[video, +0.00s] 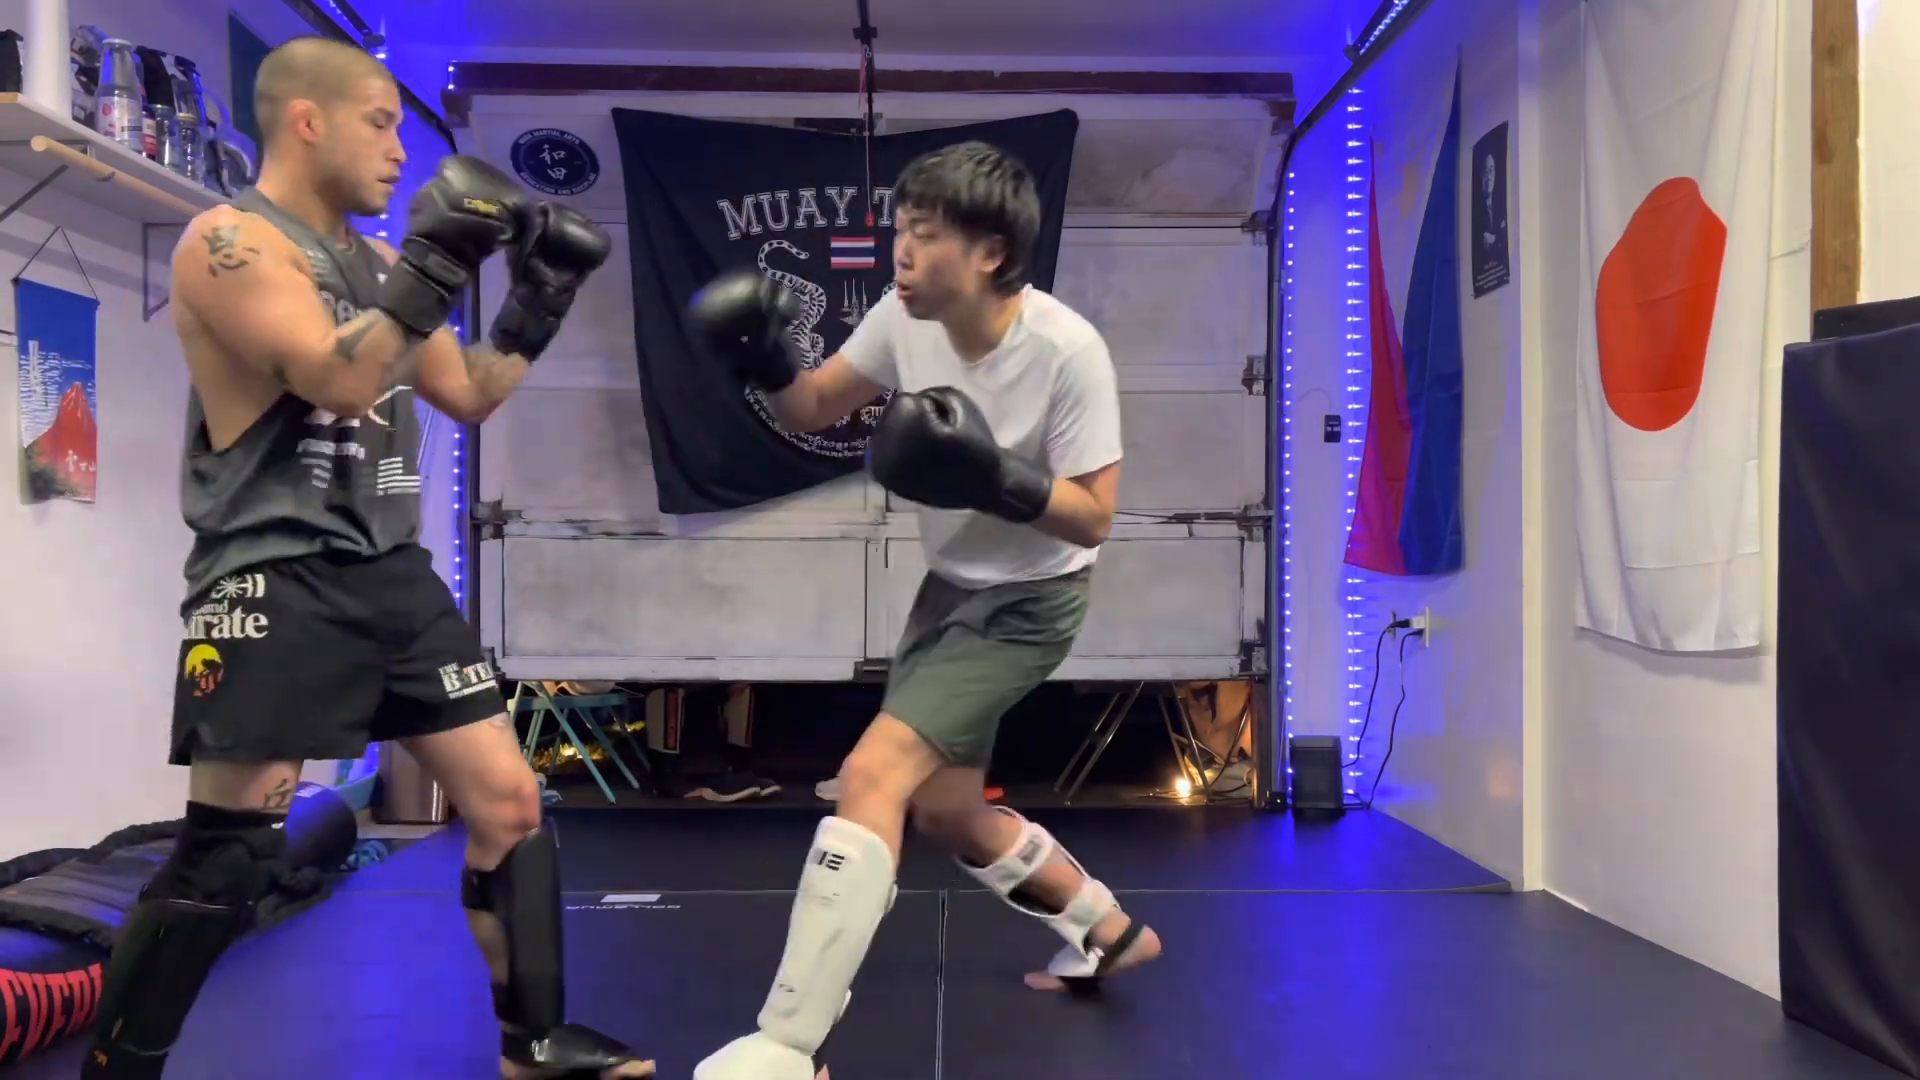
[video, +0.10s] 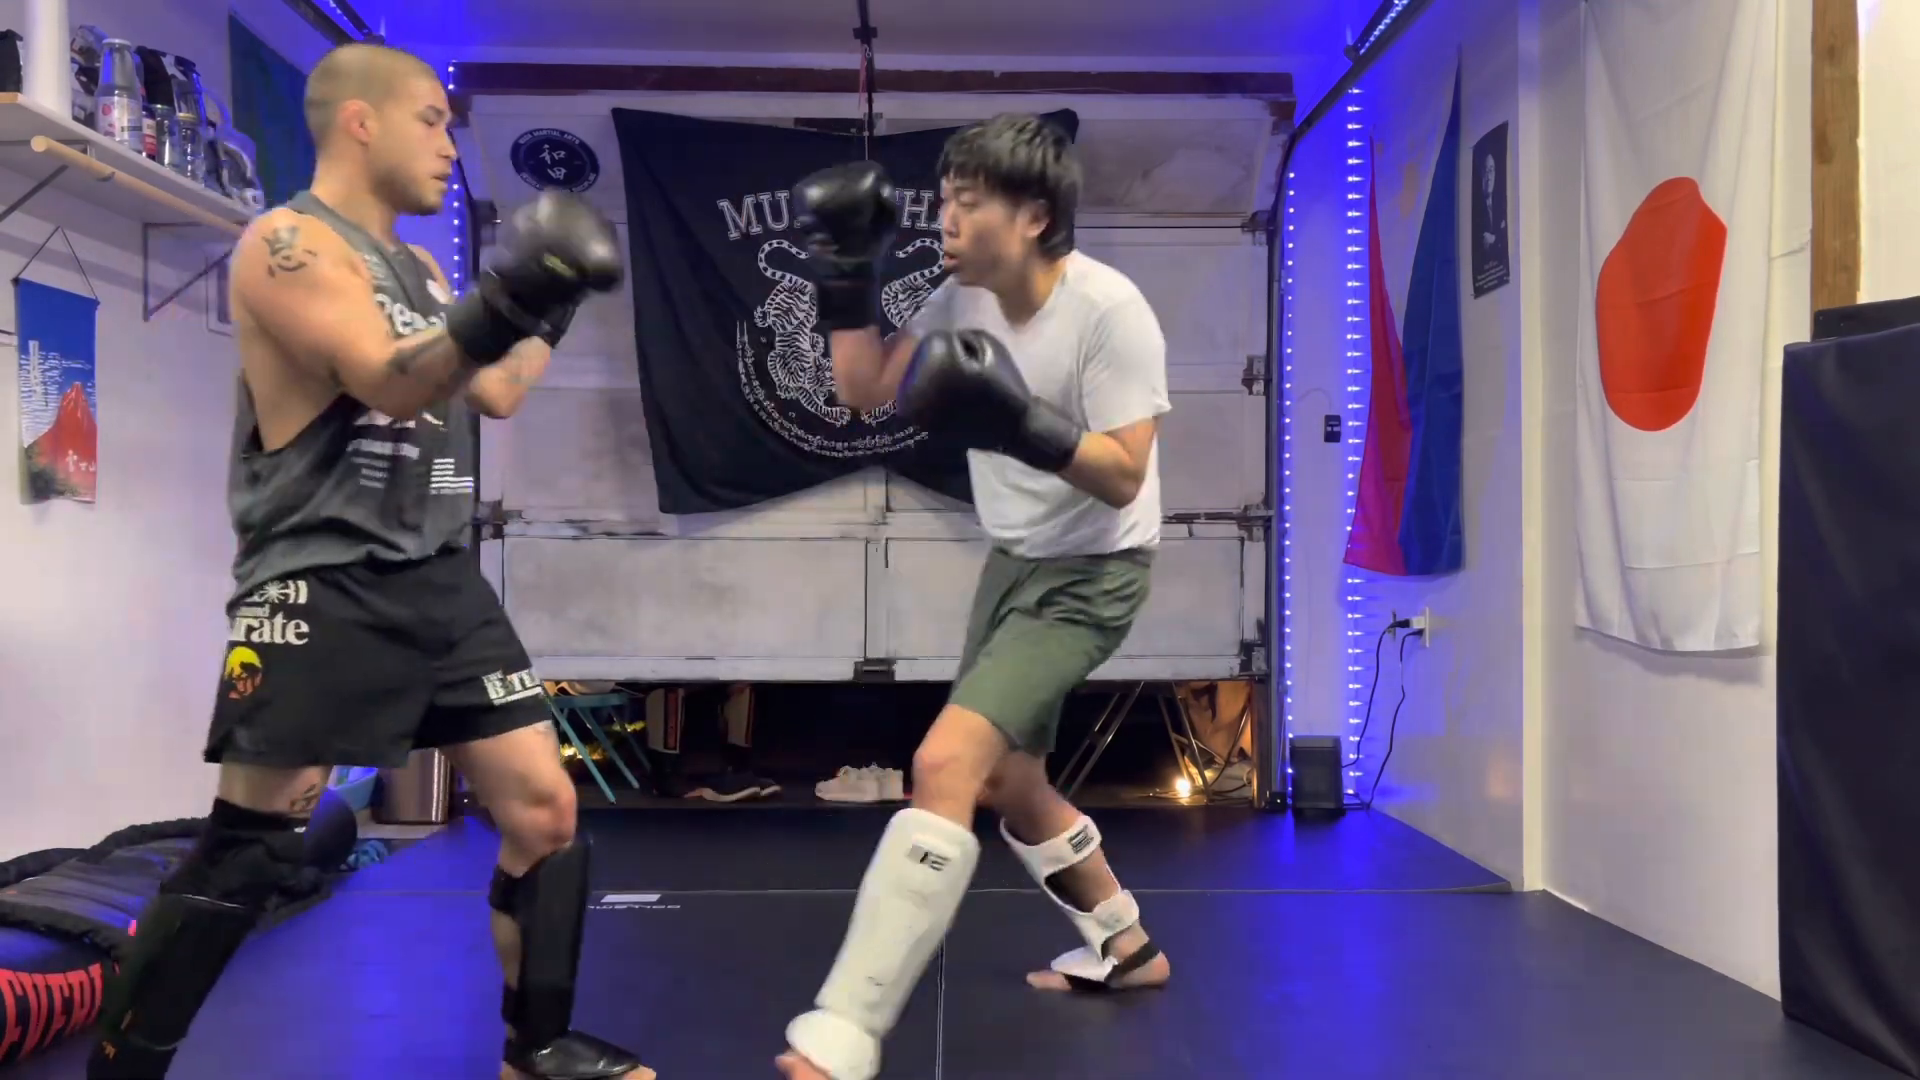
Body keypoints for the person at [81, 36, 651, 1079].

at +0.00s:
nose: (400, 147)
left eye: (399, 125)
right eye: (380, 121)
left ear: (326, 129)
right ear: (305, 123)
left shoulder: (371, 263)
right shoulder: (225, 239)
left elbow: (472, 391)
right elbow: (344, 376)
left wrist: (541, 298)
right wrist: (435, 259)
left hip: (391, 571)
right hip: (272, 571)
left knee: (508, 804)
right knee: (229, 847)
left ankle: (536, 1038)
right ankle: (124, 1061)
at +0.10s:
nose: (452, 144)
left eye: (451, 124)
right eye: (434, 120)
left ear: (365, 131)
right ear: (357, 126)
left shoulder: (421, 270)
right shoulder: (284, 241)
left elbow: (499, 389)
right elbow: (389, 383)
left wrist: (559, 289)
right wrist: (501, 301)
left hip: (439, 577)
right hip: (315, 580)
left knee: (544, 814)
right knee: (248, 845)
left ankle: (538, 1046)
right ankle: (128, 1061)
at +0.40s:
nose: (596, 127)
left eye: (592, 107)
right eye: (579, 102)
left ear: (519, 112)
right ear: (510, 105)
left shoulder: (527, 253)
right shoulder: (450, 206)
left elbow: (525, 401)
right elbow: (489, 365)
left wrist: (631, 408)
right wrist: (643, 359)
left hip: (549, 553)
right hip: (457, 552)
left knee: (555, 812)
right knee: (437, 822)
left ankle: (539, 1043)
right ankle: (276, 1055)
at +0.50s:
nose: (621, 120)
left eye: (616, 99)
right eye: (605, 97)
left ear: (542, 103)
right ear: (541, 100)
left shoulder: (552, 243)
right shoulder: (474, 205)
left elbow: (554, 397)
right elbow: (550, 361)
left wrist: (642, 401)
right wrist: (677, 295)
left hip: (569, 548)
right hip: (481, 543)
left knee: (562, 807)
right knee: (501, 822)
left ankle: (541, 1042)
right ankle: (367, 1060)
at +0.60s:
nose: (643, 113)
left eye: (639, 93)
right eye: (626, 89)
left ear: (566, 95)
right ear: (558, 90)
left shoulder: (593, 241)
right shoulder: (485, 208)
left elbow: (597, 385)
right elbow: (594, 357)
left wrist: (653, 389)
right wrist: (701, 269)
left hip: (583, 544)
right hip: (504, 537)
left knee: (568, 806)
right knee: (552, 809)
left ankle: (510, 1043)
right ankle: (492, 1051)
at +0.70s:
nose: (662, 115)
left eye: (659, 94)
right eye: (645, 91)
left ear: (585, 95)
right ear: (578, 92)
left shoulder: (612, 233)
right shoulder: (499, 216)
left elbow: (627, 369)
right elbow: (617, 384)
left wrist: (691, 400)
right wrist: (721, 288)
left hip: (606, 546)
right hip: (524, 546)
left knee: (616, 816)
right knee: (577, 819)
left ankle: (540, 1045)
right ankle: (508, 1059)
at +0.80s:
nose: (688, 115)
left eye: (685, 92)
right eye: (673, 90)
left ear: (607, 97)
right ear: (610, 93)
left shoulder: (623, 230)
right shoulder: (525, 220)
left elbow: (633, 409)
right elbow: (627, 407)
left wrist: (715, 398)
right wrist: (721, 327)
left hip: (625, 550)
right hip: (545, 555)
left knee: (685, 822)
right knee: (588, 850)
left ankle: (558, 1017)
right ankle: (505, 1064)